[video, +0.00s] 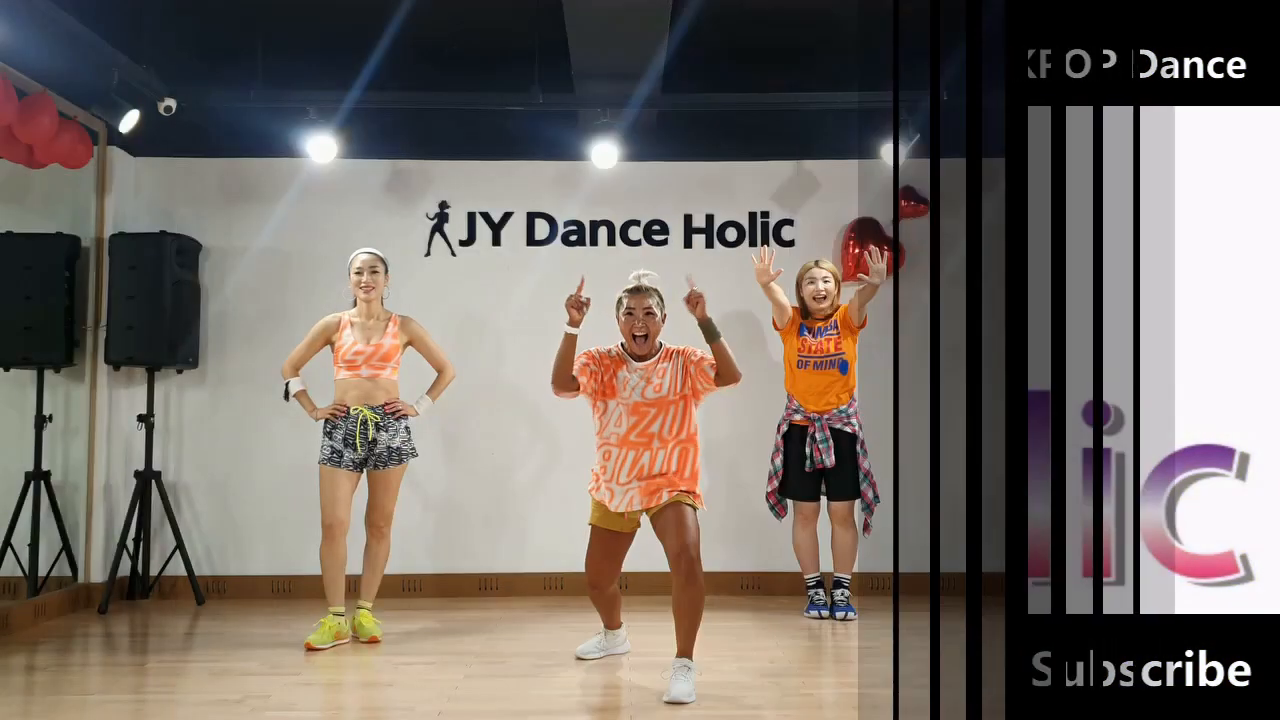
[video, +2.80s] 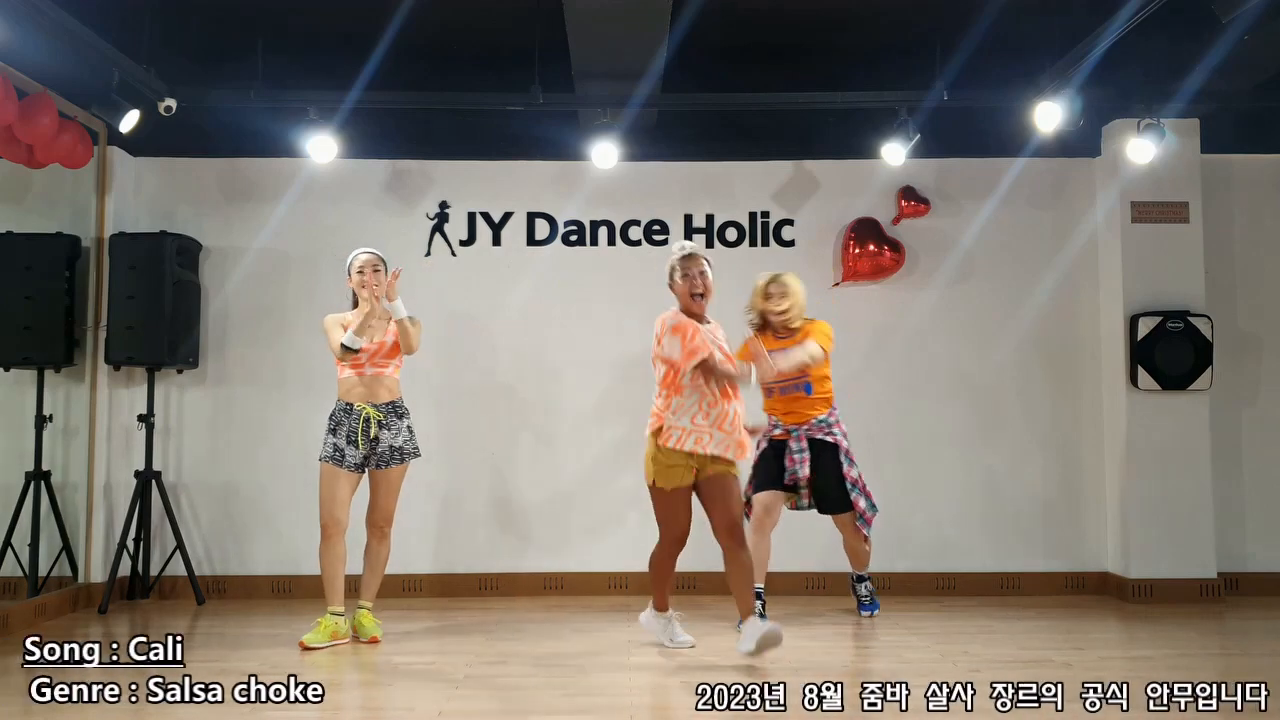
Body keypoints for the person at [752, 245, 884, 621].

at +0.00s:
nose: (818, 286)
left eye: (825, 281)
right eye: (810, 282)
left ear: (837, 290)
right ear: (800, 293)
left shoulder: (846, 319)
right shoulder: (792, 323)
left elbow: (859, 301)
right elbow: (781, 304)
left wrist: (873, 284)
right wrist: (766, 283)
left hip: (841, 427)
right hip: (800, 428)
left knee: (842, 513)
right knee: (806, 512)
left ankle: (841, 590)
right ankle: (814, 590)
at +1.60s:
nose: (808, 287)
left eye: (815, 281)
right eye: (804, 282)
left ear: (834, 287)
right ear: (801, 291)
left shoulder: (851, 323)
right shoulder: (795, 324)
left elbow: (858, 325)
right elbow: (774, 326)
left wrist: (851, 304)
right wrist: (752, 323)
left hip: (844, 427)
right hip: (802, 427)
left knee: (846, 514)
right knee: (800, 513)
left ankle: (842, 592)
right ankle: (813, 588)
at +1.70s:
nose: (806, 288)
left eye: (813, 282)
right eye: (803, 283)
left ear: (833, 287)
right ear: (801, 291)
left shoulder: (854, 321)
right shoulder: (796, 324)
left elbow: (857, 338)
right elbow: (774, 338)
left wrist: (853, 353)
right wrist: (750, 348)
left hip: (842, 427)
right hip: (801, 427)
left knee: (846, 513)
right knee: (792, 506)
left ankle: (842, 591)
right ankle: (806, 582)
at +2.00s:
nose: (789, 293)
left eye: (796, 286)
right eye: (785, 288)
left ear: (816, 291)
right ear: (784, 296)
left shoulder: (838, 328)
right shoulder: (779, 333)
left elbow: (831, 364)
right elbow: (749, 360)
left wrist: (809, 391)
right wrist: (723, 376)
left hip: (833, 431)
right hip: (791, 432)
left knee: (843, 519)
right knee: (775, 510)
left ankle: (842, 594)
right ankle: (758, 597)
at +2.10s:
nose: (772, 296)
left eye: (778, 289)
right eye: (768, 291)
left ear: (800, 293)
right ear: (766, 297)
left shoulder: (824, 328)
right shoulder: (762, 337)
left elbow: (815, 360)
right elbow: (726, 362)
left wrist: (776, 366)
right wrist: (700, 357)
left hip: (828, 433)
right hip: (785, 436)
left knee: (841, 519)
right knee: (771, 511)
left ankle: (842, 593)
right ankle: (756, 601)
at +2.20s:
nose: (751, 299)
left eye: (758, 292)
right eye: (746, 294)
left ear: (780, 297)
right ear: (743, 303)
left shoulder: (805, 327)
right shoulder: (745, 341)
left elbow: (798, 357)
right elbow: (706, 364)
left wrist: (752, 332)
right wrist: (692, 335)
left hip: (819, 433)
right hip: (776, 436)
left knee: (838, 519)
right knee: (763, 513)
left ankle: (842, 592)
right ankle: (755, 603)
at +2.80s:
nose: (778, 303)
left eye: (785, 295)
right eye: (770, 298)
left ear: (798, 299)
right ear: (761, 304)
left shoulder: (819, 331)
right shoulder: (756, 343)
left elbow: (806, 355)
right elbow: (735, 373)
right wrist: (715, 369)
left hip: (821, 435)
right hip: (778, 437)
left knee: (848, 521)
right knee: (762, 512)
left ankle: (862, 581)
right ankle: (756, 598)